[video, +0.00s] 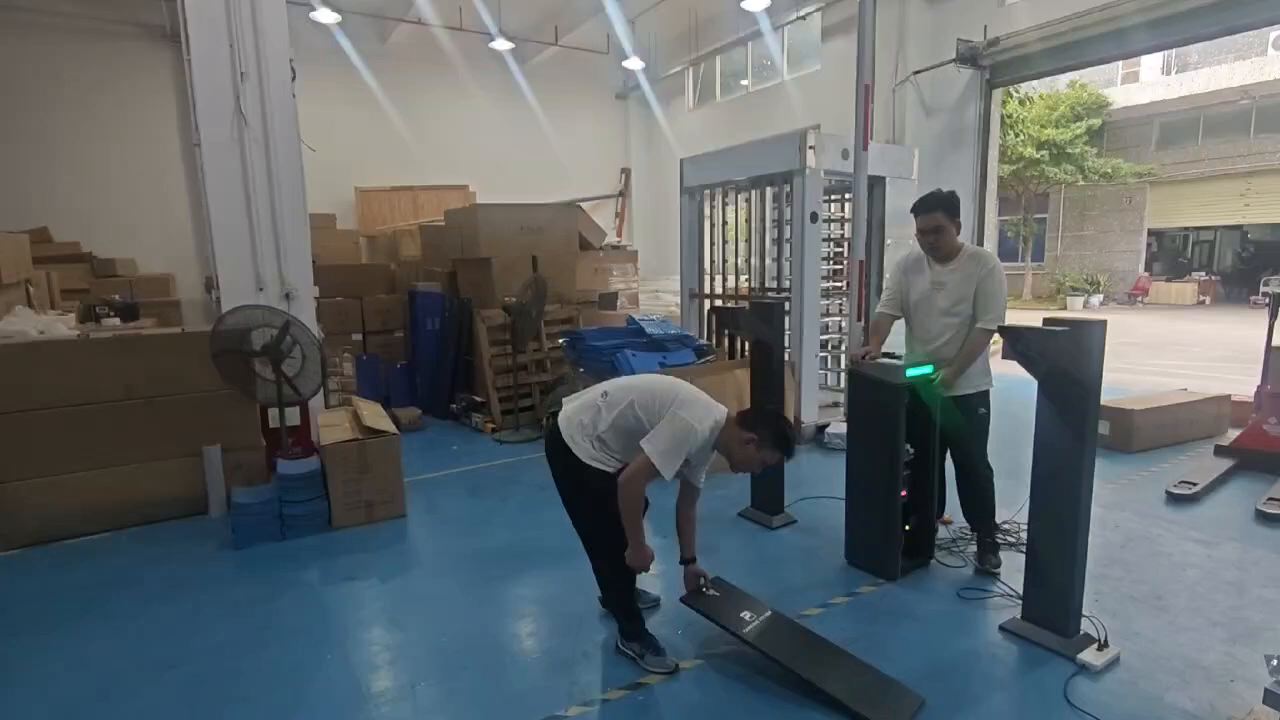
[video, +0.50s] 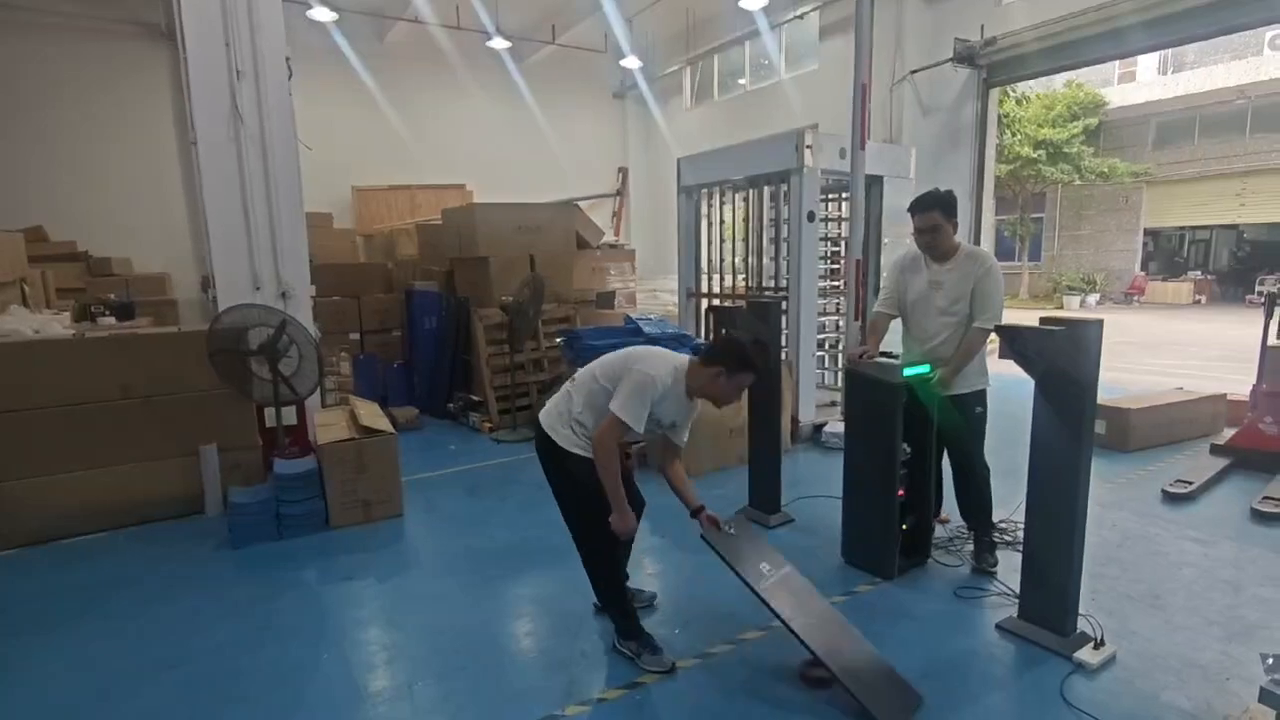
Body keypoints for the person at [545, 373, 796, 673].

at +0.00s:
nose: (755, 472)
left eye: (763, 468)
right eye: (761, 464)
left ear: (748, 437)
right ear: (749, 440)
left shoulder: (708, 434)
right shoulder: (692, 422)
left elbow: (687, 504)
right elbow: (629, 482)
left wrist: (689, 563)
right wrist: (636, 546)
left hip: (609, 440)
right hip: (576, 437)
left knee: (631, 516)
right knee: (609, 541)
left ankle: (618, 592)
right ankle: (632, 636)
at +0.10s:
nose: (745, 478)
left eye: (752, 475)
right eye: (751, 471)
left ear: (739, 443)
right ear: (740, 447)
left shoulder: (702, 438)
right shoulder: (685, 429)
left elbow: (681, 507)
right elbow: (624, 488)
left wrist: (685, 568)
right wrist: (631, 552)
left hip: (604, 441)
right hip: (572, 439)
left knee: (632, 509)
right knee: (606, 541)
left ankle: (616, 593)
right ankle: (631, 635)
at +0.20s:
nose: (745, 470)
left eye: (751, 466)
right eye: (749, 462)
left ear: (735, 436)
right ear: (736, 440)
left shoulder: (697, 435)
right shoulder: (679, 423)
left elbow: (673, 500)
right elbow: (619, 483)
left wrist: (683, 559)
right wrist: (625, 547)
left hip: (599, 440)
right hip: (568, 439)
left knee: (631, 506)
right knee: (603, 538)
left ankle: (614, 593)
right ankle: (631, 635)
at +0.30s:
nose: (743, 449)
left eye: (750, 445)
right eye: (747, 441)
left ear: (731, 419)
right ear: (733, 422)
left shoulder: (694, 424)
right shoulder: (673, 408)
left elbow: (670, 488)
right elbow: (616, 467)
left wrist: (688, 542)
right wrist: (620, 536)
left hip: (597, 438)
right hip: (565, 437)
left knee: (630, 505)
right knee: (600, 537)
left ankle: (614, 591)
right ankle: (631, 635)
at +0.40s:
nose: (743, 424)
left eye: (748, 418)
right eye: (746, 415)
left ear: (726, 395)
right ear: (728, 398)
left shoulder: (692, 407)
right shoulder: (663, 392)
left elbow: (668, 472)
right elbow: (611, 454)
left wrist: (693, 525)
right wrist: (619, 523)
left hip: (598, 439)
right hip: (564, 436)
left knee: (629, 507)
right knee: (598, 536)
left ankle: (612, 591)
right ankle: (630, 634)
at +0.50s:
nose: (739, 398)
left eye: (743, 390)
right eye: (740, 388)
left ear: (719, 374)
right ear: (720, 374)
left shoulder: (688, 397)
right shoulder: (651, 374)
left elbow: (668, 457)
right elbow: (603, 438)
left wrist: (697, 509)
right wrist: (619, 508)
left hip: (602, 441)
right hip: (564, 436)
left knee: (631, 508)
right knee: (599, 536)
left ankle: (610, 591)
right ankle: (629, 635)